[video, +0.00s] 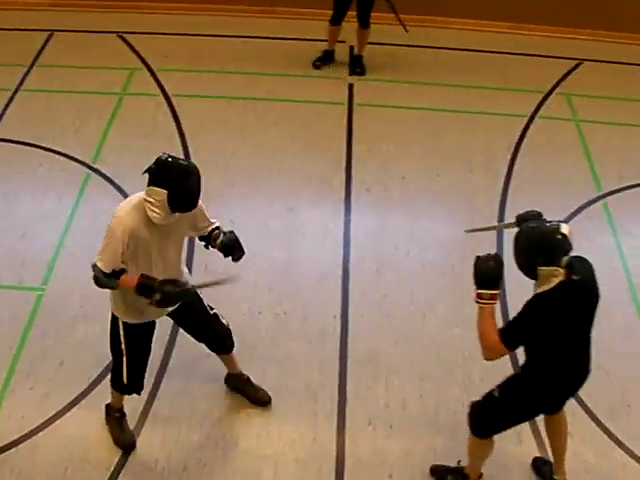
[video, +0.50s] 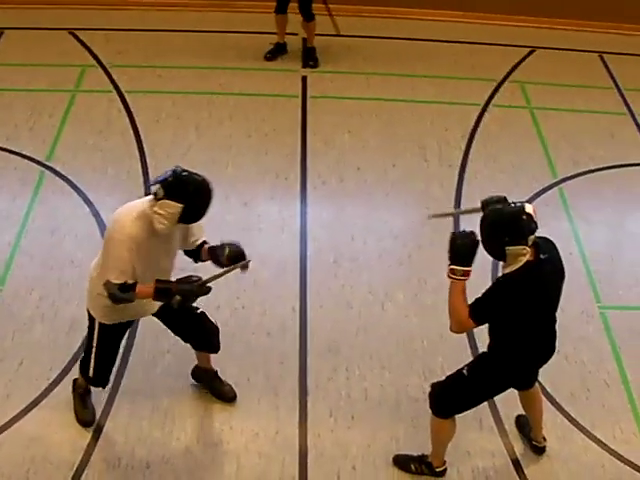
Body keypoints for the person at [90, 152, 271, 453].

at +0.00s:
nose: (181, 213)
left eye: (184, 208)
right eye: (178, 208)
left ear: (187, 198)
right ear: (161, 197)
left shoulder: (187, 207)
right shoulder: (126, 220)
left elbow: (207, 229)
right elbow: (103, 275)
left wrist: (224, 239)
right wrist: (150, 287)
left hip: (177, 293)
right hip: (132, 307)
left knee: (220, 336)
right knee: (127, 377)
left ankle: (236, 376)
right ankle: (114, 410)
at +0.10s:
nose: (201, 216)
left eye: (202, 212)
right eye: (195, 213)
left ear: (198, 207)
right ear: (175, 206)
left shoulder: (198, 217)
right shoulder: (138, 225)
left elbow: (216, 241)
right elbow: (118, 286)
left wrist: (230, 241)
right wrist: (166, 286)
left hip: (178, 294)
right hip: (135, 303)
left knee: (221, 338)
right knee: (125, 379)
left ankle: (228, 378)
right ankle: (104, 411)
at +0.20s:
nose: (201, 226)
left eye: (204, 221)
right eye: (200, 220)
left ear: (200, 214)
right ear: (184, 210)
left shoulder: (199, 221)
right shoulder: (145, 228)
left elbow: (225, 249)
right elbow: (134, 292)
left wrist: (243, 252)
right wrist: (187, 296)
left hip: (172, 292)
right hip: (129, 301)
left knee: (215, 335)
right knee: (117, 373)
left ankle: (218, 377)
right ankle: (102, 407)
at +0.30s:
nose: (200, 224)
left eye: (203, 219)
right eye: (200, 218)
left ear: (206, 215)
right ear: (186, 207)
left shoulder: (201, 221)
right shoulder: (147, 227)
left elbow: (214, 260)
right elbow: (128, 287)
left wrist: (231, 249)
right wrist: (183, 292)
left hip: (161, 289)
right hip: (117, 297)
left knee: (205, 335)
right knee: (109, 373)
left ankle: (209, 375)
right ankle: (94, 393)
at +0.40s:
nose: (204, 221)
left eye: (207, 216)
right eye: (204, 215)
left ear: (197, 209)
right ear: (188, 207)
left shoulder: (195, 216)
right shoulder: (145, 228)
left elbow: (204, 256)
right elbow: (121, 285)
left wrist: (223, 245)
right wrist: (176, 288)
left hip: (159, 290)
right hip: (117, 297)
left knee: (203, 336)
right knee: (102, 368)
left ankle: (207, 375)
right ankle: (85, 386)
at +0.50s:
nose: (186, 221)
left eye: (189, 217)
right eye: (187, 216)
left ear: (184, 211)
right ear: (175, 207)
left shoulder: (179, 218)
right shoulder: (127, 224)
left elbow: (194, 248)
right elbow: (116, 291)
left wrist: (215, 254)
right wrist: (171, 290)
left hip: (154, 294)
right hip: (111, 305)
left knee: (205, 334)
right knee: (97, 375)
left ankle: (204, 371)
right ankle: (81, 387)